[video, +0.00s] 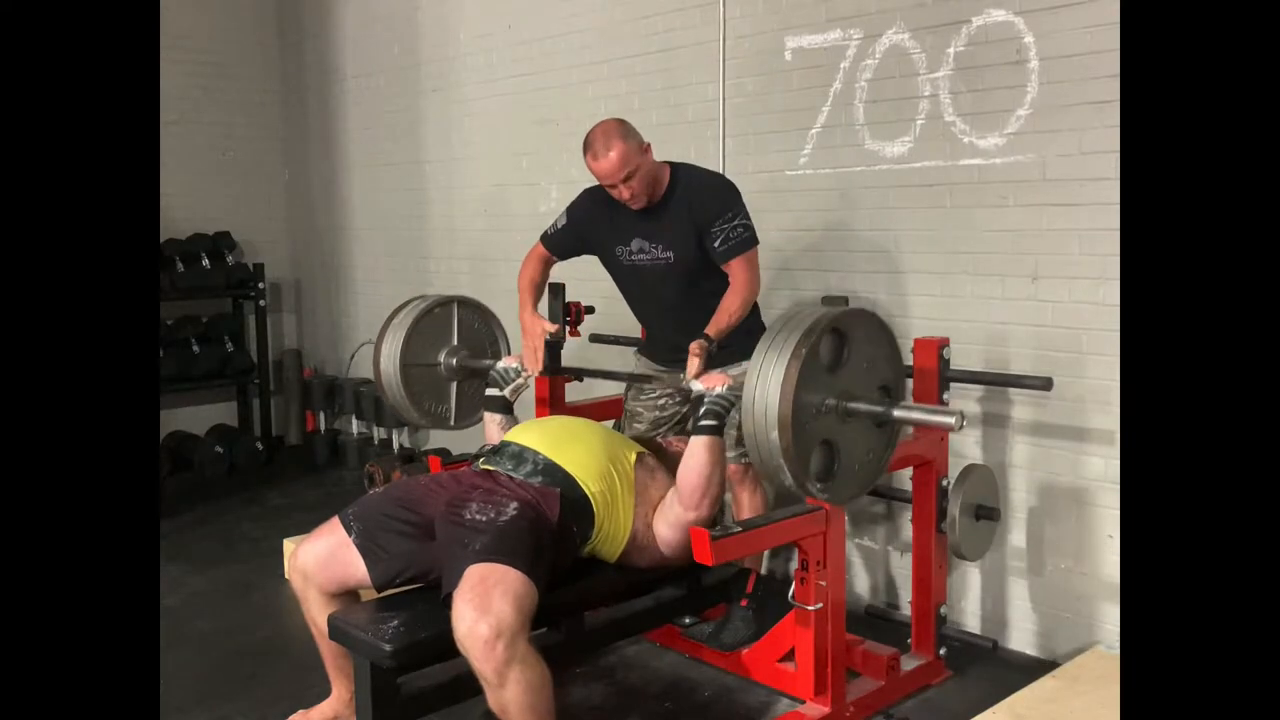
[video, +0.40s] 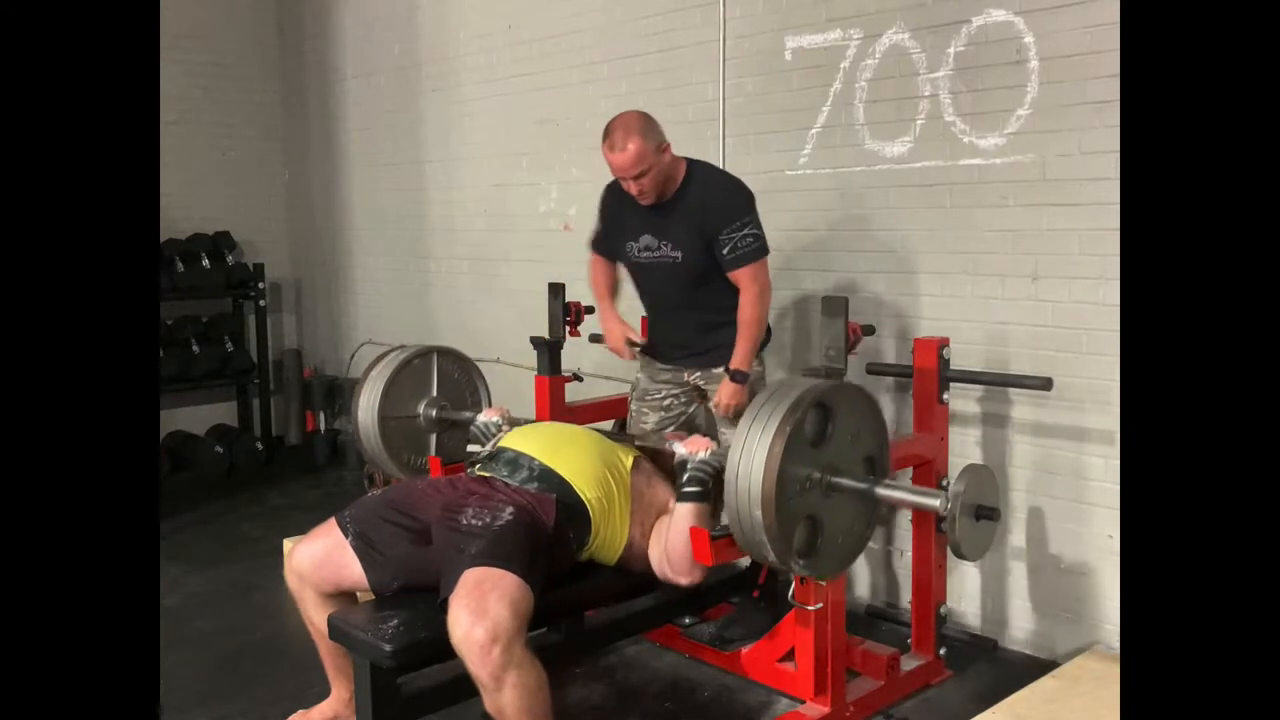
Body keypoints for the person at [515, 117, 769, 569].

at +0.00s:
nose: (625, 193)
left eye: (630, 178)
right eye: (611, 186)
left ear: (648, 152)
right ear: (596, 178)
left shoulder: (709, 193)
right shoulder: (593, 211)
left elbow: (745, 281)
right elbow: (537, 259)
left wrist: (708, 339)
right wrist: (528, 317)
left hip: (731, 357)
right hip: (659, 361)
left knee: (738, 469)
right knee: (650, 463)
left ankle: (750, 585)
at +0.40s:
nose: (632, 189)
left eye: (640, 176)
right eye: (622, 179)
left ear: (666, 151)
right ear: (612, 169)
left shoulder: (722, 196)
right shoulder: (617, 200)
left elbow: (756, 287)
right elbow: (602, 256)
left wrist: (738, 374)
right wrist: (609, 317)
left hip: (728, 365)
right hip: (661, 364)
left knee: (739, 475)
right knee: (648, 471)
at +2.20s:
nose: (713, 147)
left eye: (722, 134)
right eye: (700, 137)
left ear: (737, 127)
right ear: (682, 137)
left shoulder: (773, 184)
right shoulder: (668, 194)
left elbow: (790, 267)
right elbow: (631, 249)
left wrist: (750, 317)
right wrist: (622, 298)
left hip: (758, 356)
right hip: (690, 353)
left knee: (756, 463)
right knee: (660, 446)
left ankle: (768, 588)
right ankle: (706, 559)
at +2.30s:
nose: (706, 154)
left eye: (716, 141)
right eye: (696, 143)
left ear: (741, 133)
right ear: (686, 138)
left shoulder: (777, 187)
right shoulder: (676, 196)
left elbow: (792, 270)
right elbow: (637, 255)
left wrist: (749, 322)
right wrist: (622, 304)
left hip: (762, 353)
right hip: (697, 350)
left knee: (757, 464)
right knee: (660, 445)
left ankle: (770, 590)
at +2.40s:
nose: (684, 161)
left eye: (693, 151)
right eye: (680, 150)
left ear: (727, 143)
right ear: (682, 144)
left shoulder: (776, 188)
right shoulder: (675, 196)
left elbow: (793, 272)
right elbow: (639, 254)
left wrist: (750, 328)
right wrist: (623, 306)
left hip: (764, 354)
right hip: (698, 350)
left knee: (757, 463)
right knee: (661, 448)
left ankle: (770, 590)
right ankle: (693, 572)